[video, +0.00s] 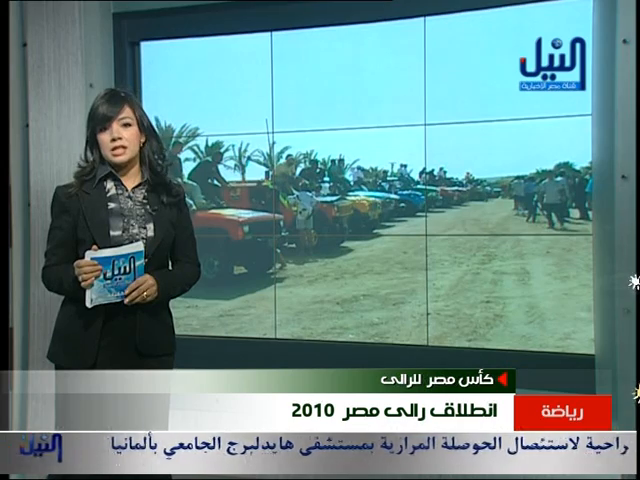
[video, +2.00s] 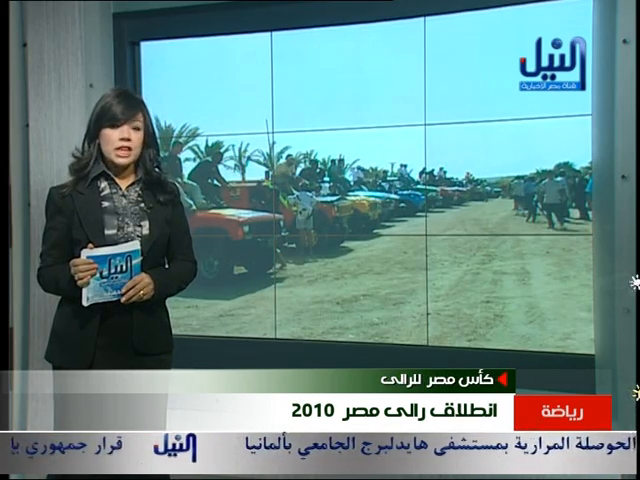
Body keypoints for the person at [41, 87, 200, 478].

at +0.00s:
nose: (115, 134)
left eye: (125, 124)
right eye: (105, 127)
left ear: (143, 134)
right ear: (95, 139)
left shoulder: (170, 196)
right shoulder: (71, 197)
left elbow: (189, 268)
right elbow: (51, 272)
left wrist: (161, 283)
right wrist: (74, 275)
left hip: (148, 347)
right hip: (84, 347)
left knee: (147, 450)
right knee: (81, 452)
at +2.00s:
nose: (125, 135)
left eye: (135, 127)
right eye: (115, 126)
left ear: (146, 138)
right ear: (97, 135)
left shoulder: (165, 195)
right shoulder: (66, 197)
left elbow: (185, 265)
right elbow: (47, 273)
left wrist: (157, 281)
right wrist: (71, 275)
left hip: (146, 347)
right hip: (81, 348)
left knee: (145, 452)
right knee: (77, 451)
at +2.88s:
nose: (130, 134)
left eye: (139, 126)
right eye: (120, 126)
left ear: (150, 137)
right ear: (102, 135)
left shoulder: (169, 196)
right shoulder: (70, 197)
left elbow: (188, 266)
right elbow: (50, 272)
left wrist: (160, 282)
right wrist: (75, 274)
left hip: (148, 347)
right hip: (84, 348)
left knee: (147, 452)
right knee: (81, 452)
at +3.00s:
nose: (128, 134)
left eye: (137, 126)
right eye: (118, 125)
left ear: (149, 136)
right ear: (101, 136)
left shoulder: (169, 197)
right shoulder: (71, 197)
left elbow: (188, 266)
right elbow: (51, 272)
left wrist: (161, 282)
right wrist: (76, 275)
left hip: (149, 349)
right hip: (84, 349)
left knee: (148, 452)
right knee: (81, 452)